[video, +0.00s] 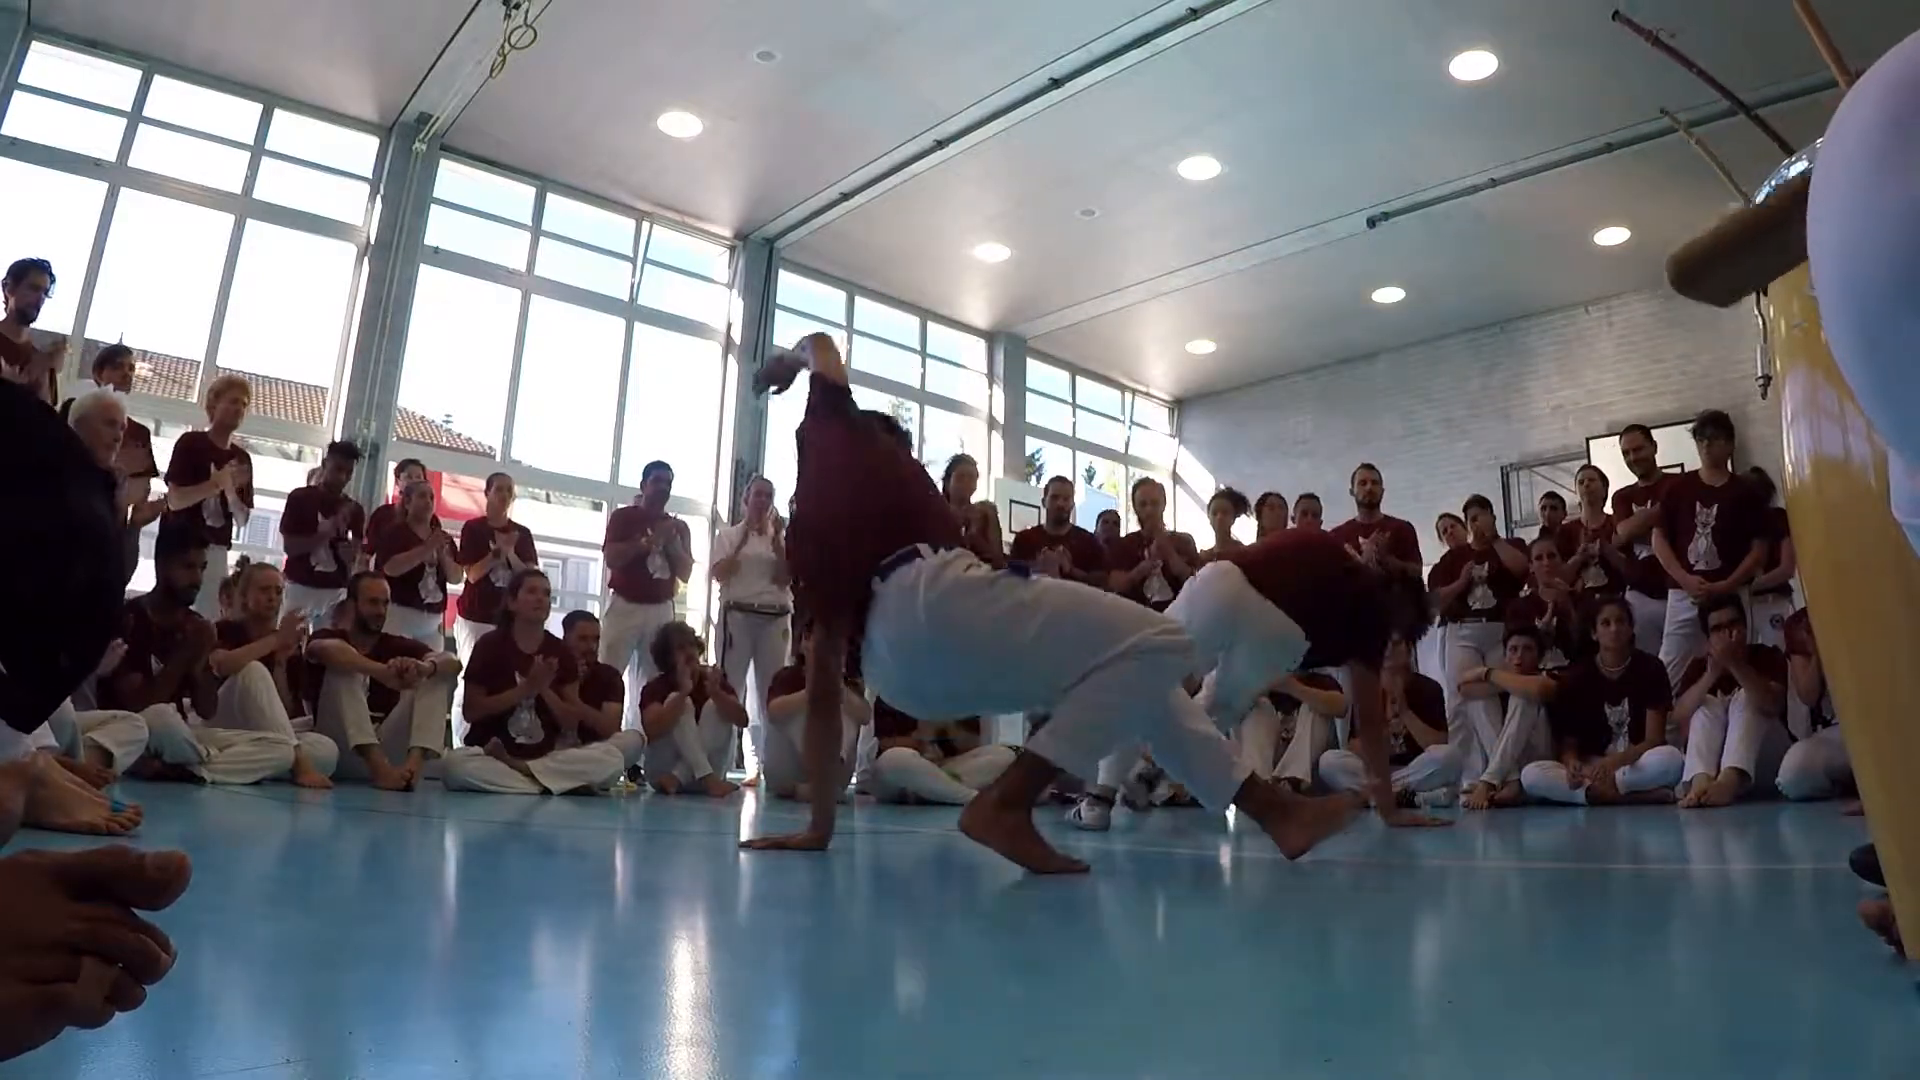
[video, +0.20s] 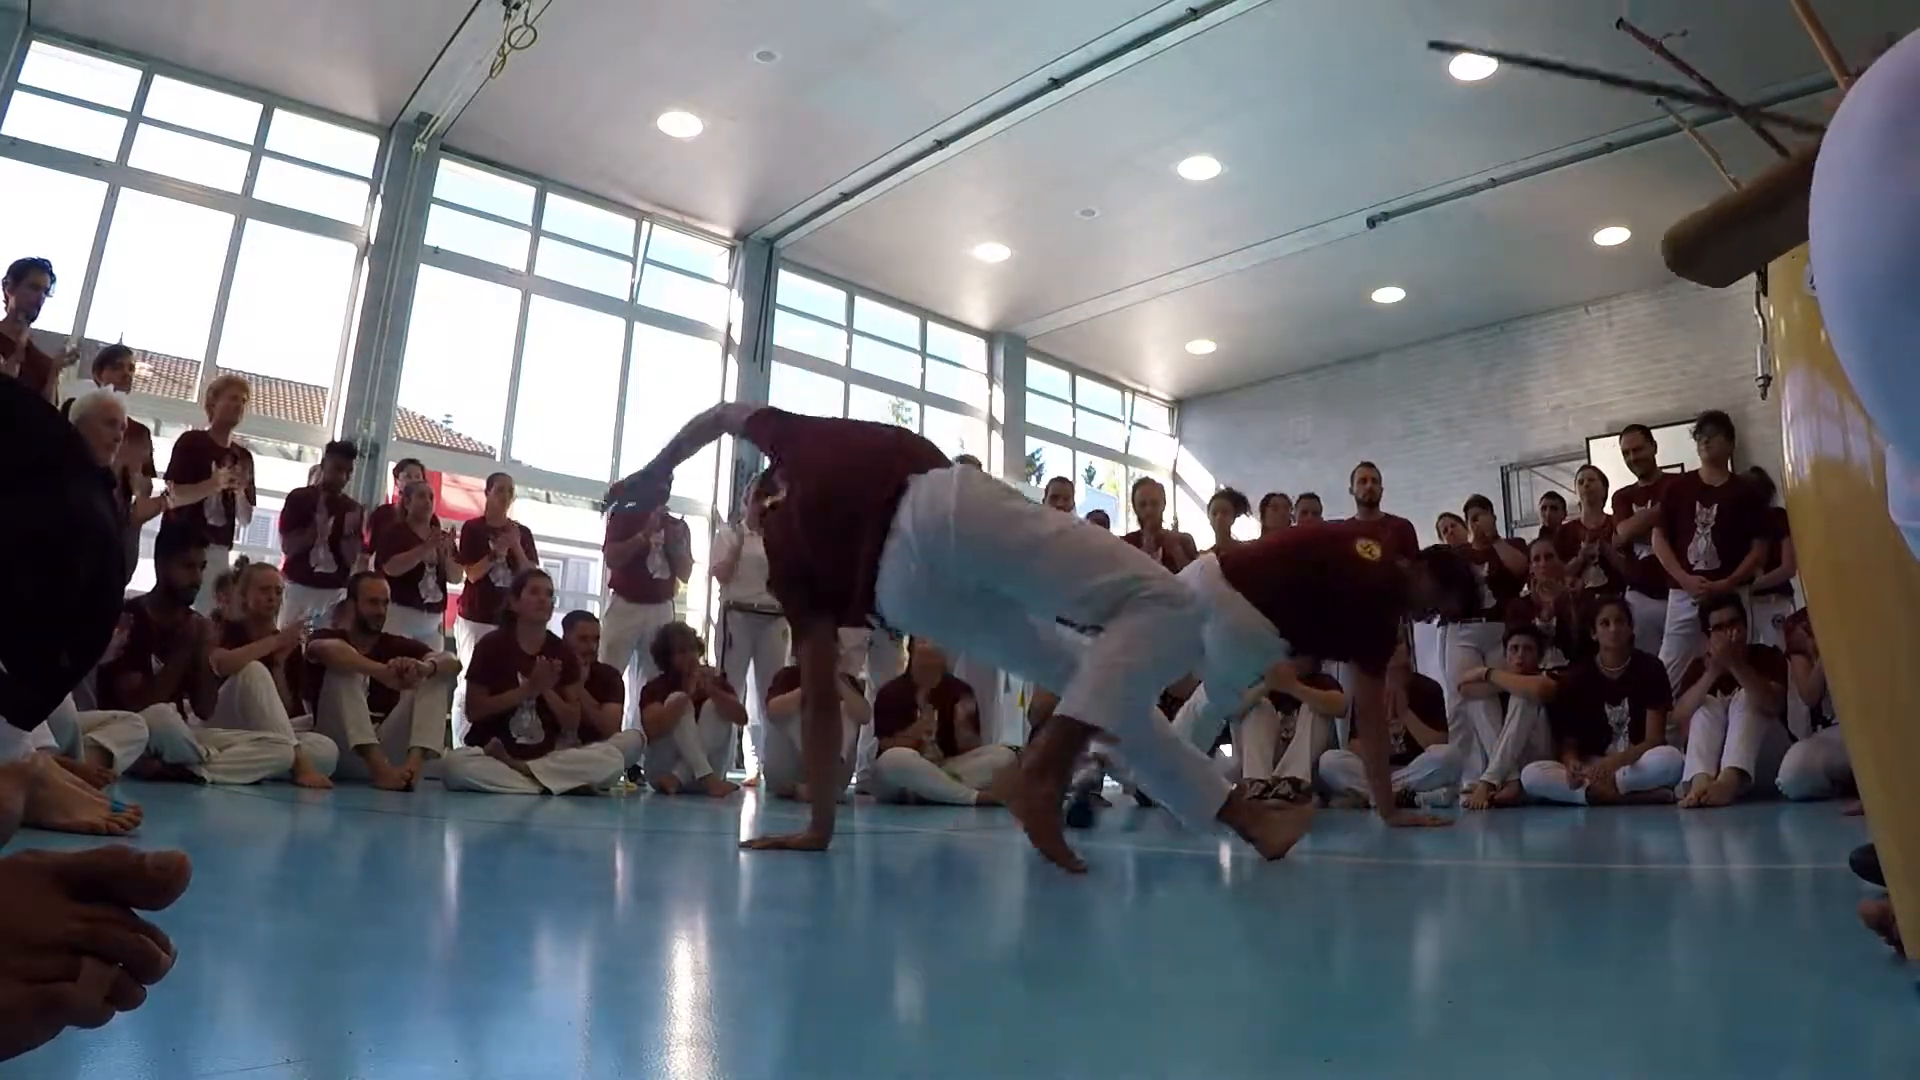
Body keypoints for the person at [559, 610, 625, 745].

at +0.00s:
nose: (591, 646)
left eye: (596, 639)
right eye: (583, 639)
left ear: (600, 640)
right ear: (565, 640)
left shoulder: (610, 675)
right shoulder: (550, 671)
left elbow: (610, 728)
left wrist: (574, 702)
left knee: (633, 738)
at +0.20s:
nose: (591, 646)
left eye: (596, 639)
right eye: (583, 639)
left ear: (600, 640)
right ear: (565, 640)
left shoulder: (609, 675)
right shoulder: (550, 673)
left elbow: (610, 729)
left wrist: (578, 690)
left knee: (634, 738)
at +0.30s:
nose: (592, 646)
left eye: (596, 639)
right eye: (583, 639)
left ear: (600, 640)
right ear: (565, 640)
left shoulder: (610, 675)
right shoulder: (550, 672)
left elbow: (609, 729)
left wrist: (578, 701)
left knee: (634, 738)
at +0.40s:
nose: (592, 646)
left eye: (596, 639)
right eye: (583, 639)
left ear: (600, 640)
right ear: (566, 639)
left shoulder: (609, 675)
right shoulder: (551, 673)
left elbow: (610, 728)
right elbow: (570, 722)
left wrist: (579, 696)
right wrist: (549, 687)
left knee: (633, 738)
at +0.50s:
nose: (593, 647)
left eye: (596, 639)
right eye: (584, 640)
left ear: (600, 640)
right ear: (565, 641)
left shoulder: (610, 674)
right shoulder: (552, 674)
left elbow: (609, 728)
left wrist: (582, 696)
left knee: (634, 738)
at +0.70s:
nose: (592, 647)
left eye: (596, 640)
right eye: (584, 640)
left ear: (600, 640)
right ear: (565, 640)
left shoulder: (609, 675)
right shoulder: (549, 671)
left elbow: (609, 727)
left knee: (634, 739)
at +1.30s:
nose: (593, 647)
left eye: (597, 640)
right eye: (584, 640)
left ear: (600, 640)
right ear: (565, 640)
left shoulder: (610, 675)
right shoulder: (550, 672)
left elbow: (610, 729)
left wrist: (583, 691)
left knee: (635, 739)